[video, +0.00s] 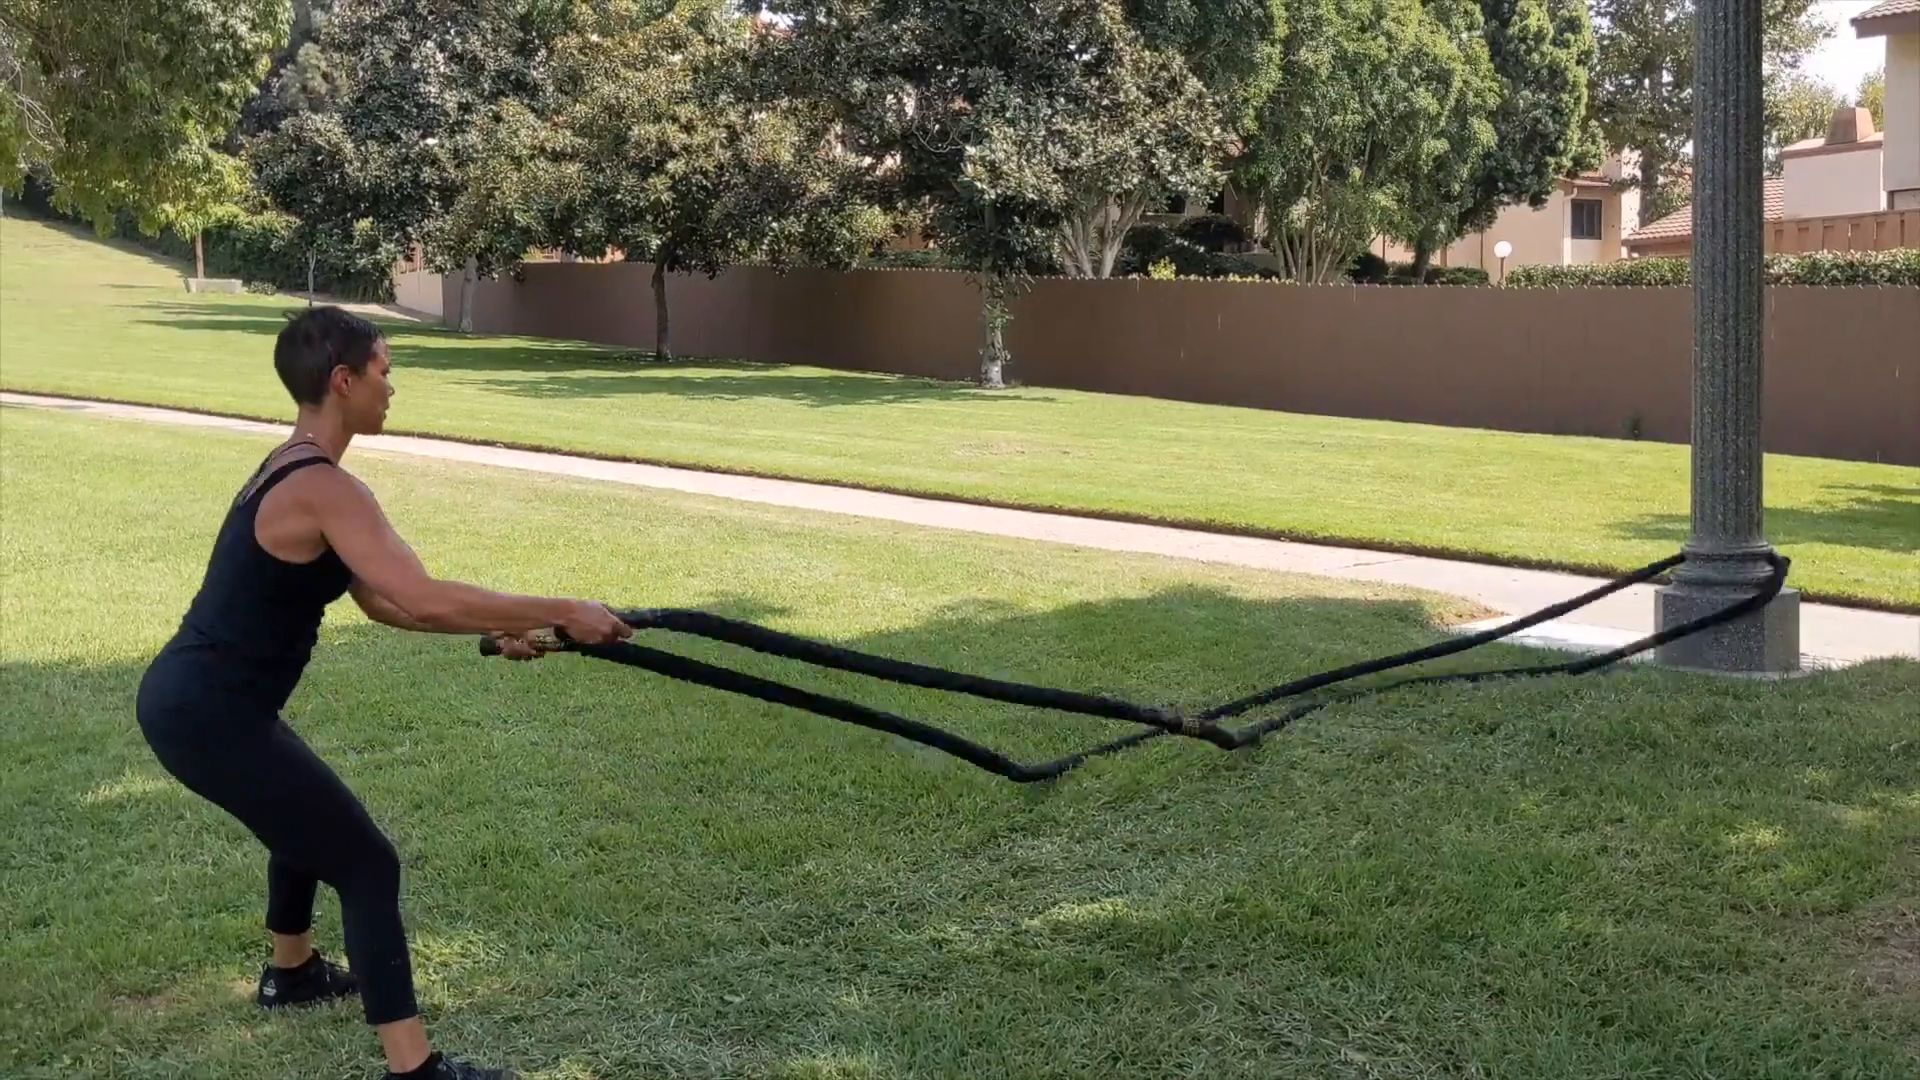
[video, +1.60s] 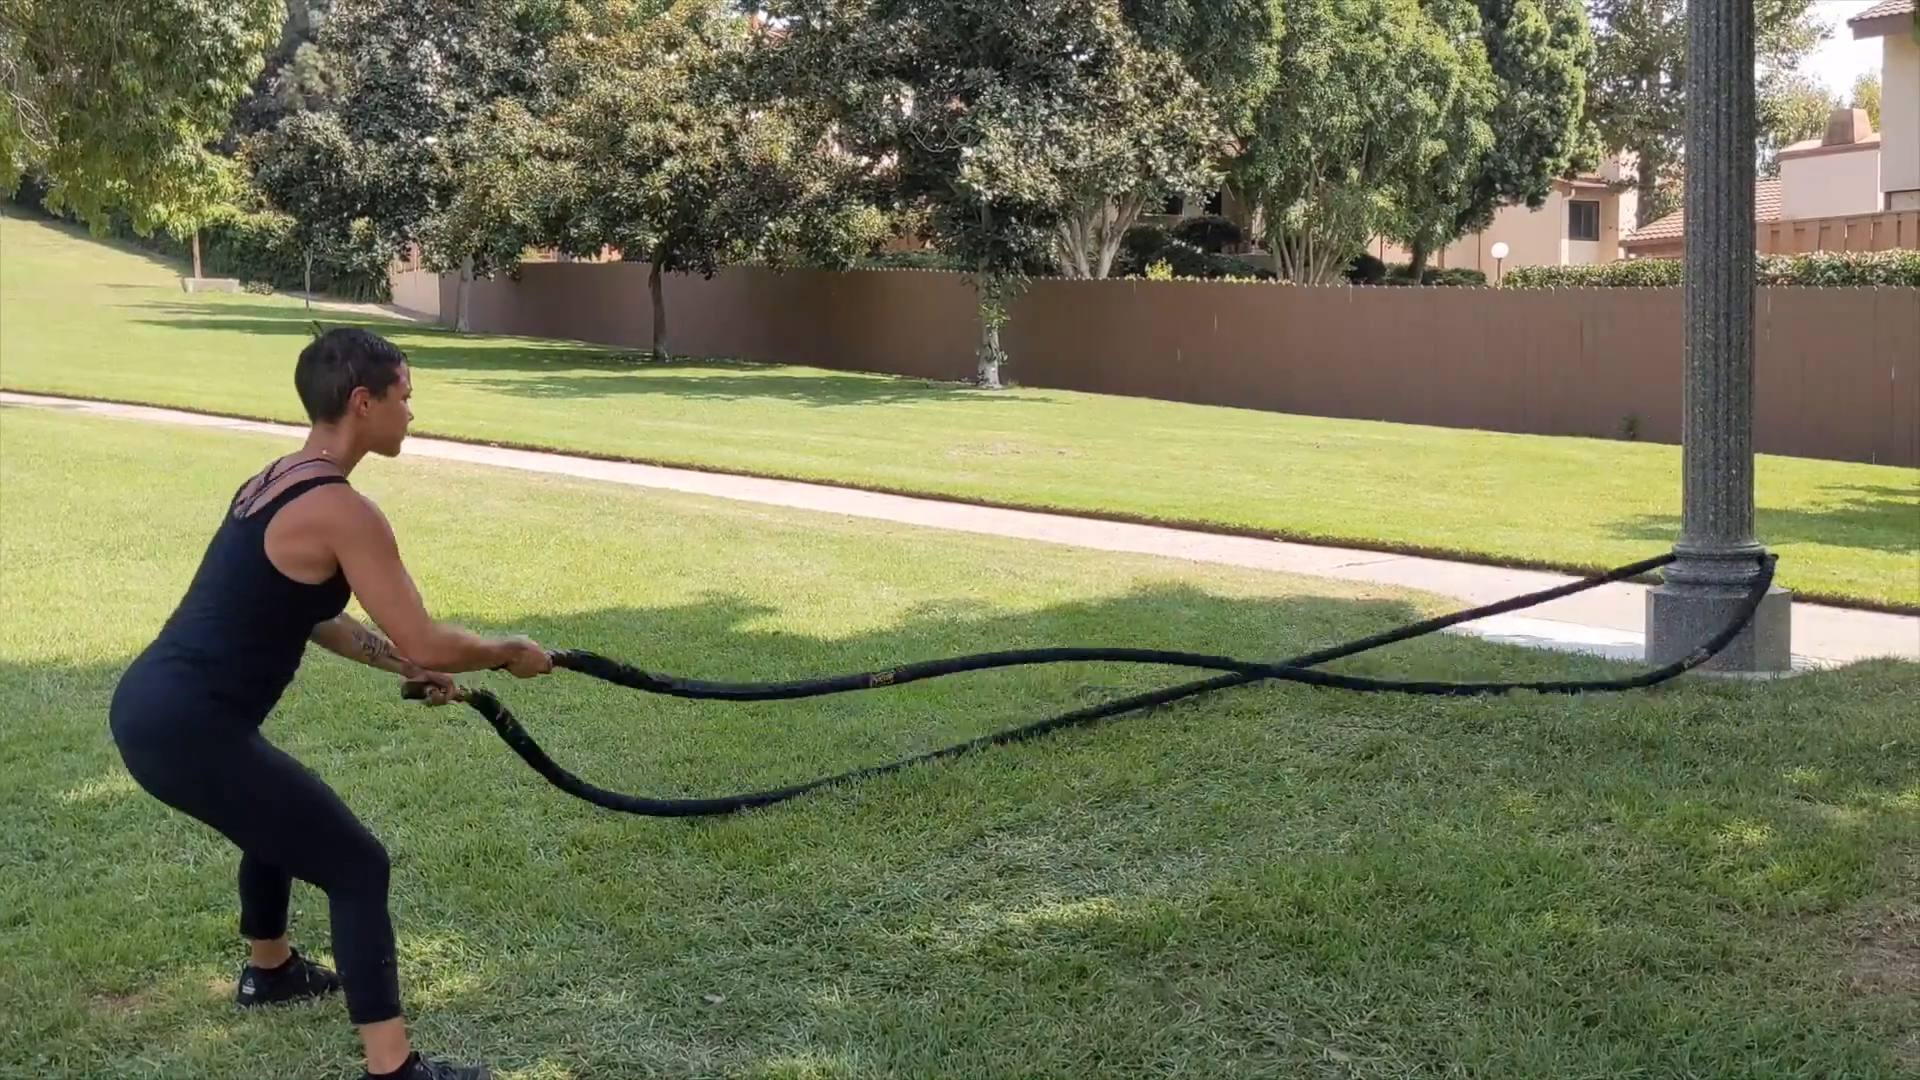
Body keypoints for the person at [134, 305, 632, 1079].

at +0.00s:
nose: (392, 385)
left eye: (390, 370)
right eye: (383, 371)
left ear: (325, 384)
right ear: (339, 381)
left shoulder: (290, 470)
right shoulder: (330, 489)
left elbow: (387, 606)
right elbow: (420, 598)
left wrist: (492, 624)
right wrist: (562, 612)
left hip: (182, 696)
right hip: (212, 714)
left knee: (305, 819)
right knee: (367, 863)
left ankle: (291, 969)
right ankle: (413, 1062)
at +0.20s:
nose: (376, 385)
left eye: (375, 370)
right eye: (367, 371)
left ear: (304, 381)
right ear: (324, 380)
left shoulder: (238, 458)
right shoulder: (340, 493)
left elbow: (289, 567)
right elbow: (423, 606)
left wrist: (388, 603)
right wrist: (519, 602)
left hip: (154, 702)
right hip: (217, 719)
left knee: (294, 795)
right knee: (378, 861)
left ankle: (290, 968)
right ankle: (408, 1060)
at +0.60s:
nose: (379, 395)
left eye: (376, 379)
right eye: (370, 380)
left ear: (314, 389)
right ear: (329, 387)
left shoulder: (272, 478)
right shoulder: (320, 488)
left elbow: (354, 619)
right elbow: (411, 614)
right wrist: (528, 644)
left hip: (172, 711)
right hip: (203, 727)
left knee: (302, 818)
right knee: (370, 866)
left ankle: (285, 969)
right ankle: (409, 1063)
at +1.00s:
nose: (366, 394)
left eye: (364, 378)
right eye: (357, 379)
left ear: (293, 387)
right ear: (312, 385)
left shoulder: (233, 463)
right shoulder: (314, 491)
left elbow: (273, 571)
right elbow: (408, 613)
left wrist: (369, 586)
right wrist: (534, 636)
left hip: (148, 708)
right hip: (211, 719)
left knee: (295, 800)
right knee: (370, 865)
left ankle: (287, 969)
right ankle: (407, 1063)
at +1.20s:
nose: (361, 398)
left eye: (360, 383)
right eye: (353, 384)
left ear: (279, 389)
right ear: (311, 389)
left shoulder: (206, 457)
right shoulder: (340, 494)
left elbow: (202, 567)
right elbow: (385, 608)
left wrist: (283, 585)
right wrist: (415, 620)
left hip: (142, 715)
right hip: (220, 727)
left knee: (287, 794)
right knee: (384, 862)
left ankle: (283, 967)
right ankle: (400, 1060)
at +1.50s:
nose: (409, 407)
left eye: (406, 392)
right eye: (400, 393)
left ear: (333, 406)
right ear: (359, 404)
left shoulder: (263, 476)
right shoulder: (369, 515)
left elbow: (234, 590)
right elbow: (424, 654)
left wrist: (304, 642)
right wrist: (450, 660)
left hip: (144, 708)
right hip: (203, 728)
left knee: (280, 808)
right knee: (371, 864)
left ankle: (273, 968)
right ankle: (394, 1061)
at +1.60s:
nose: (410, 412)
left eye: (409, 396)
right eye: (402, 396)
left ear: (340, 404)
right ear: (360, 402)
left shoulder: (276, 478)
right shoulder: (347, 511)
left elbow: (308, 611)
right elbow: (422, 642)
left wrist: (401, 663)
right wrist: (503, 651)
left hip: (148, 705)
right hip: (189, 729)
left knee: (283, 814)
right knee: (358, 863)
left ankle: (270, 967)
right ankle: (391, 1062)